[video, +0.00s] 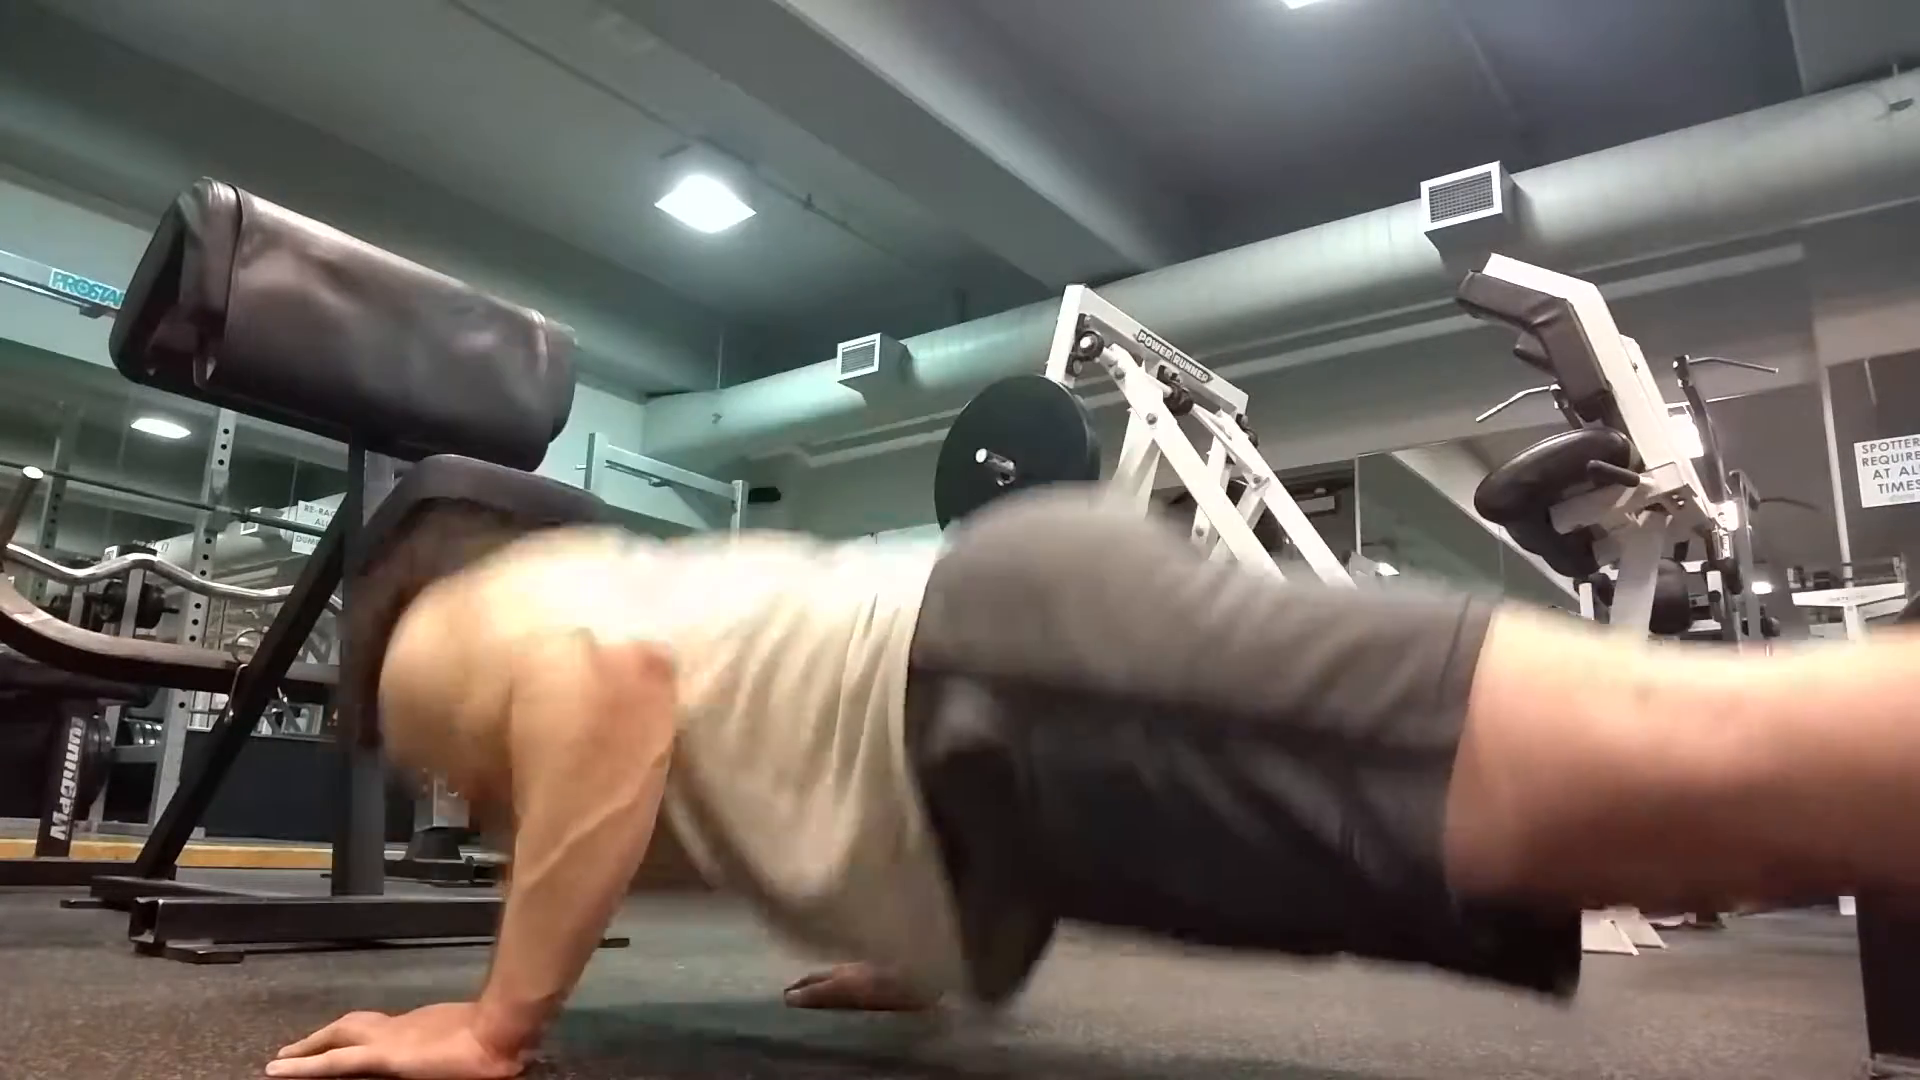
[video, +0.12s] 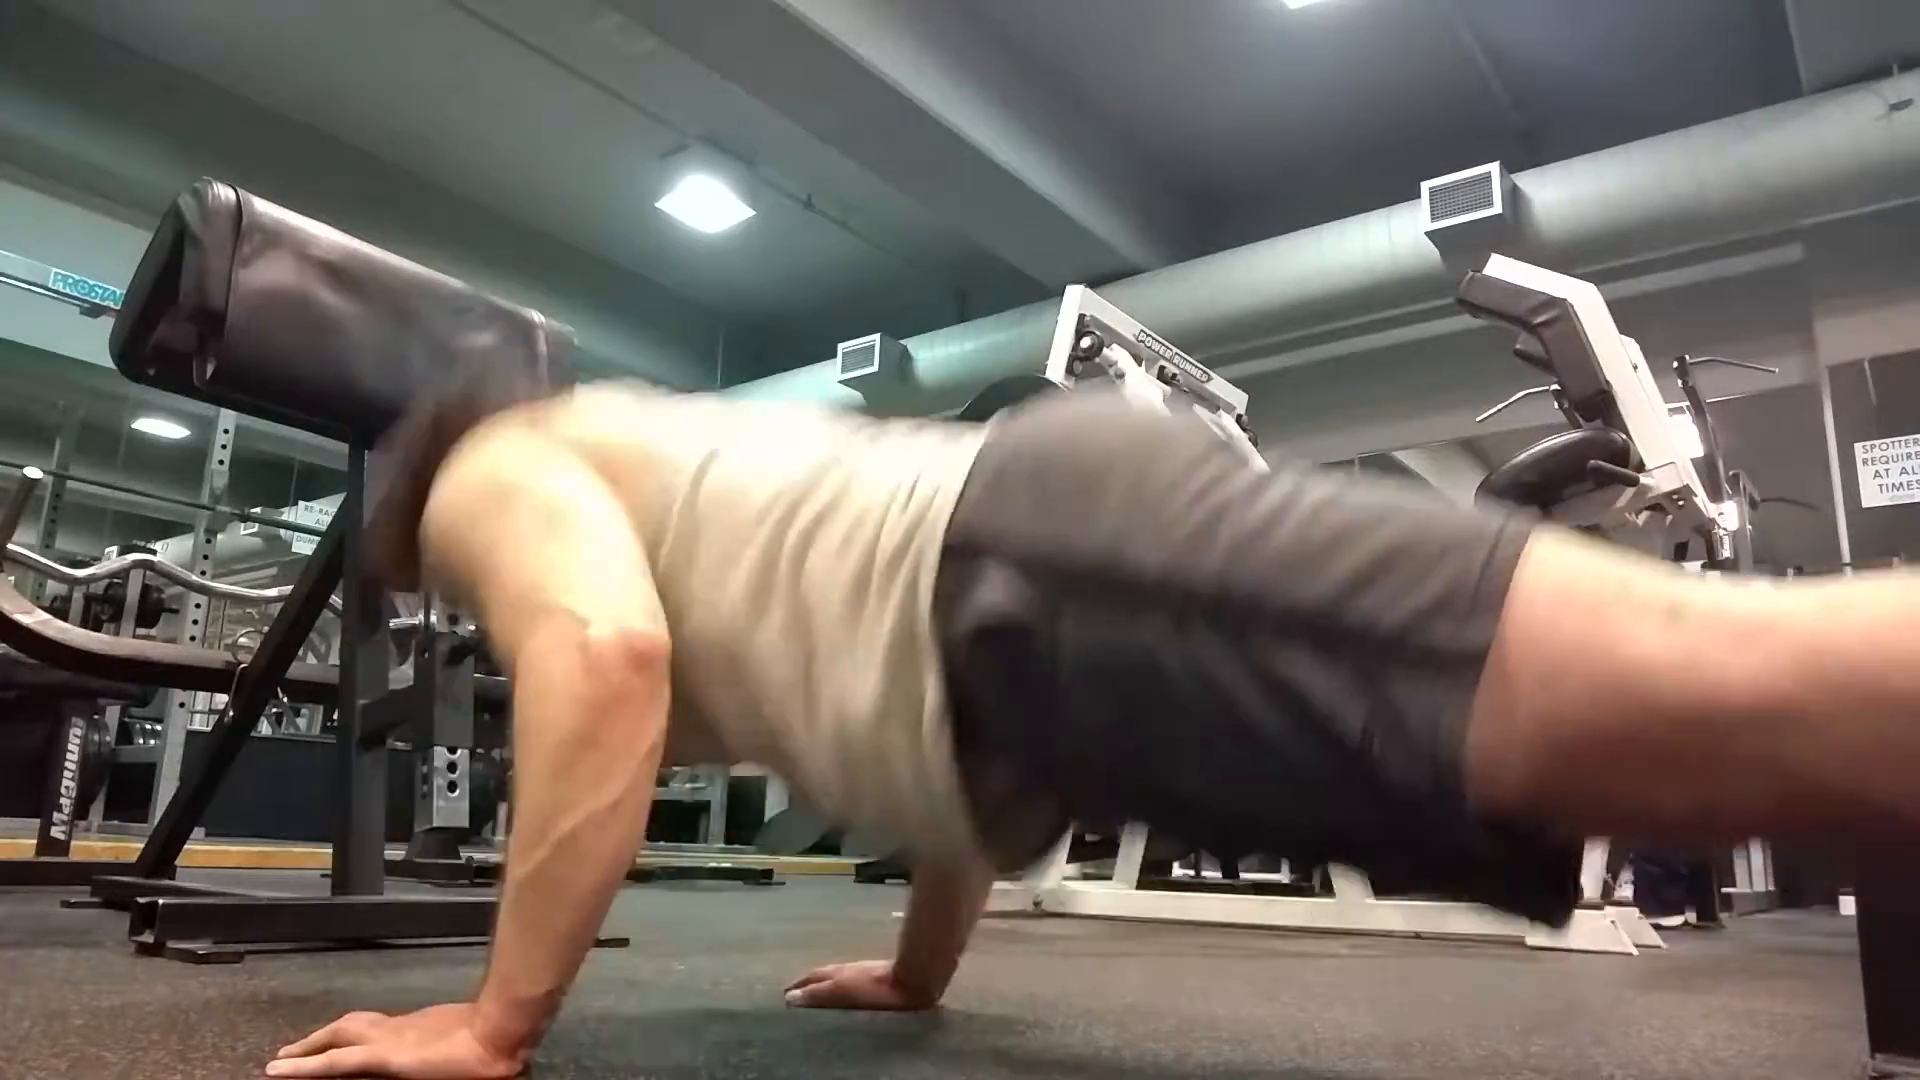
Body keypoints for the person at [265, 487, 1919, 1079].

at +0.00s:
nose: (411, 747)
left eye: (397, 711)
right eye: (402, 731)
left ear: (411, 616)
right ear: (516, 559)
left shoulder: (449, 630)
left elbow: (609, 700)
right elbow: (863, 698)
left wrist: (496, 1020)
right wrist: (909, 940)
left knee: (1682, 758)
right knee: (1670, 847)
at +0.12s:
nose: (404, 590)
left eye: (400, 553)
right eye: (400, 571)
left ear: (415, 456)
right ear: (529, 394)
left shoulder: (496, 462)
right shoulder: (696, 470)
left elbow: (603, 661)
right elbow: (912, 687)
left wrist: (503, 1011)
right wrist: (922, 968)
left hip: (1041, 561)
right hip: (1077, 628)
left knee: (1726, 693)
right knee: (1705, 758)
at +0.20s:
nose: (403, 524)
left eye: (396, 485)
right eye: (396, 507)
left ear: (413, 393)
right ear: (514, 385)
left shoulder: (518, 393)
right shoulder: (705, 419)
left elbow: (592, 641)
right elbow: (918, 673)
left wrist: (497, 1016)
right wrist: (919, 965)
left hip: (1049, 507)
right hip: (1066, 579)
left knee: (1735, 661)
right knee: (1698, 715)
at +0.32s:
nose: (430, 540)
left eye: (419, 502)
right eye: (420, 525)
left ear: (428, 407)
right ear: (533, 388)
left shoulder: (527, 398)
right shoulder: (721, 422)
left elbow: (602, 644)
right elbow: (921, 688)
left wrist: (500, 1014)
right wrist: (921, 967)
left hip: (1057, 516)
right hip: (1070, 577)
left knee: (1735, 664)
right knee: (1706, 728)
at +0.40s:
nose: (412, 588)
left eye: (403, 551)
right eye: (403, 570)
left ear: (425, 461)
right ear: (540, 402)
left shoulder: (515, 458)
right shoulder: (712, 468)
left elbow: (616, 661)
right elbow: (944, 717)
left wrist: (501, 1013)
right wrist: (920, 971)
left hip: (1039, 587)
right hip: (1059, 621)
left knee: (1720, 702)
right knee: (1700, 745)